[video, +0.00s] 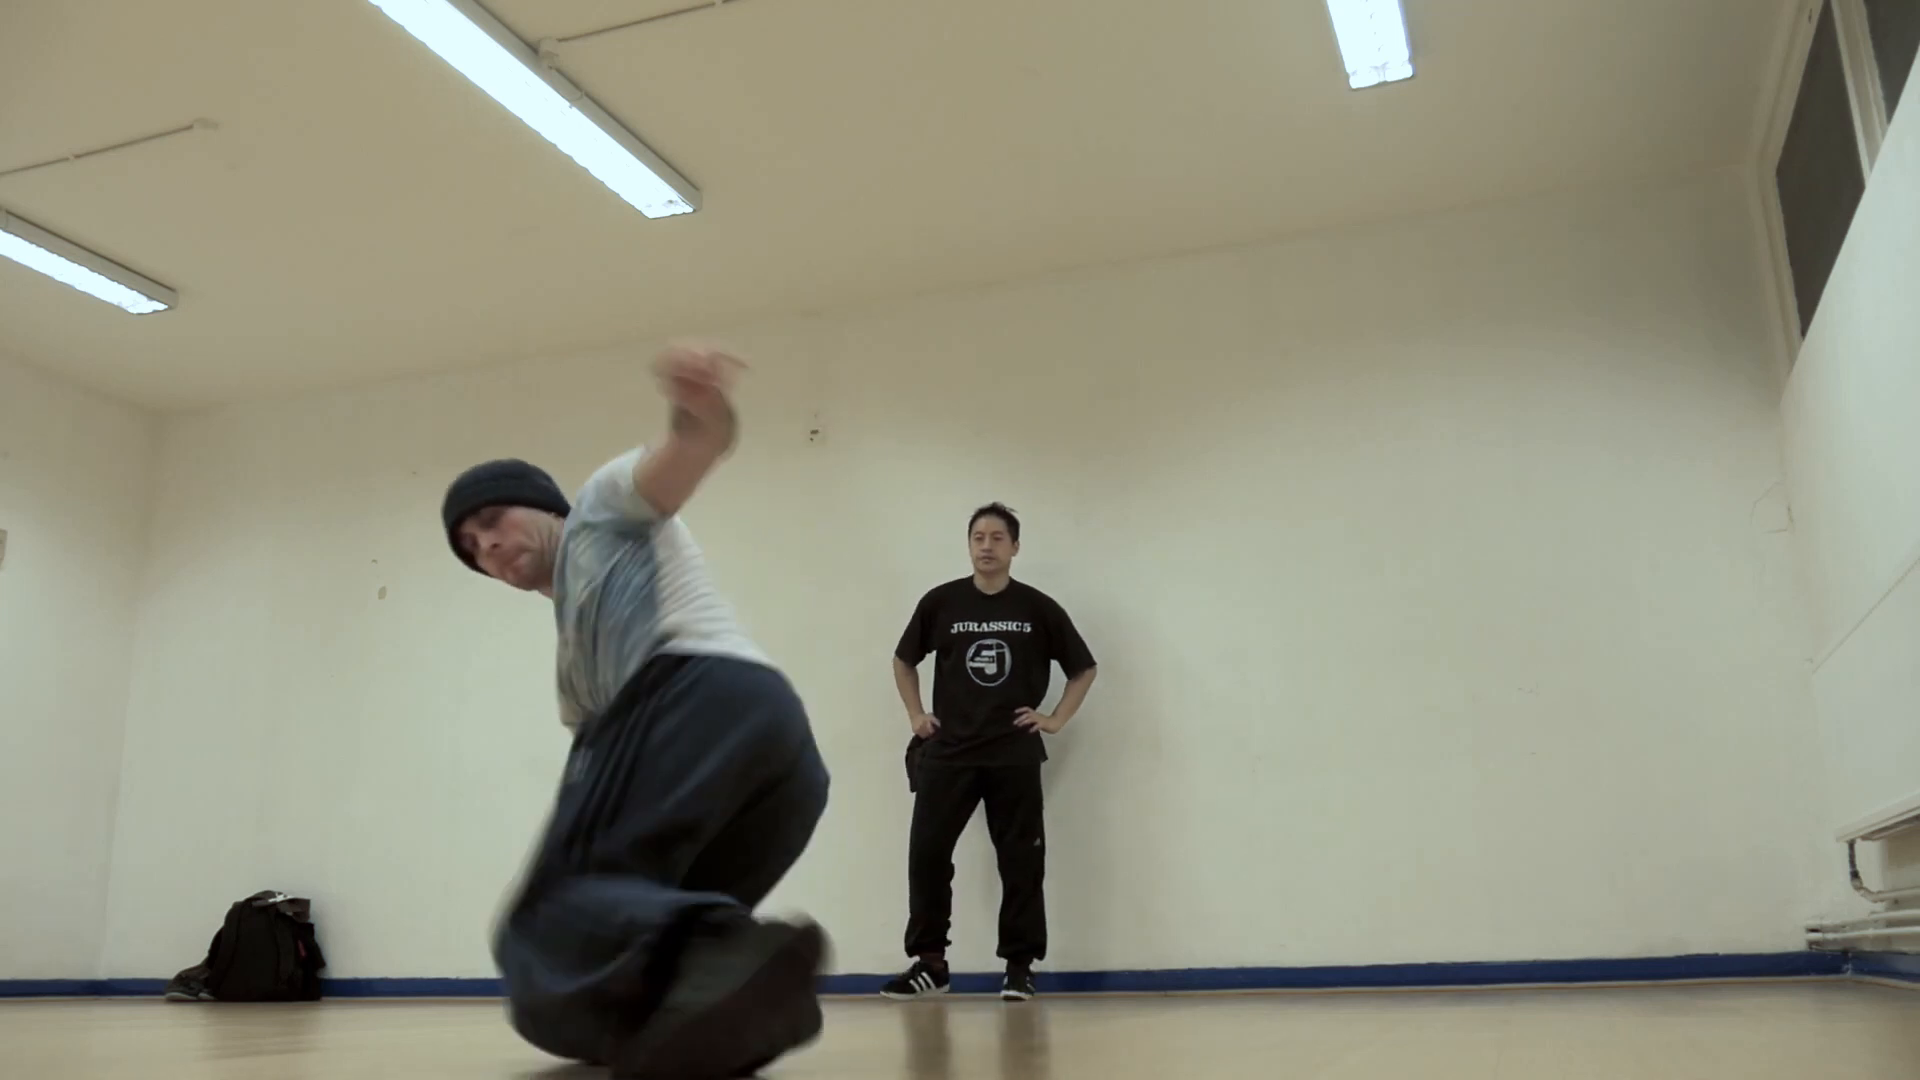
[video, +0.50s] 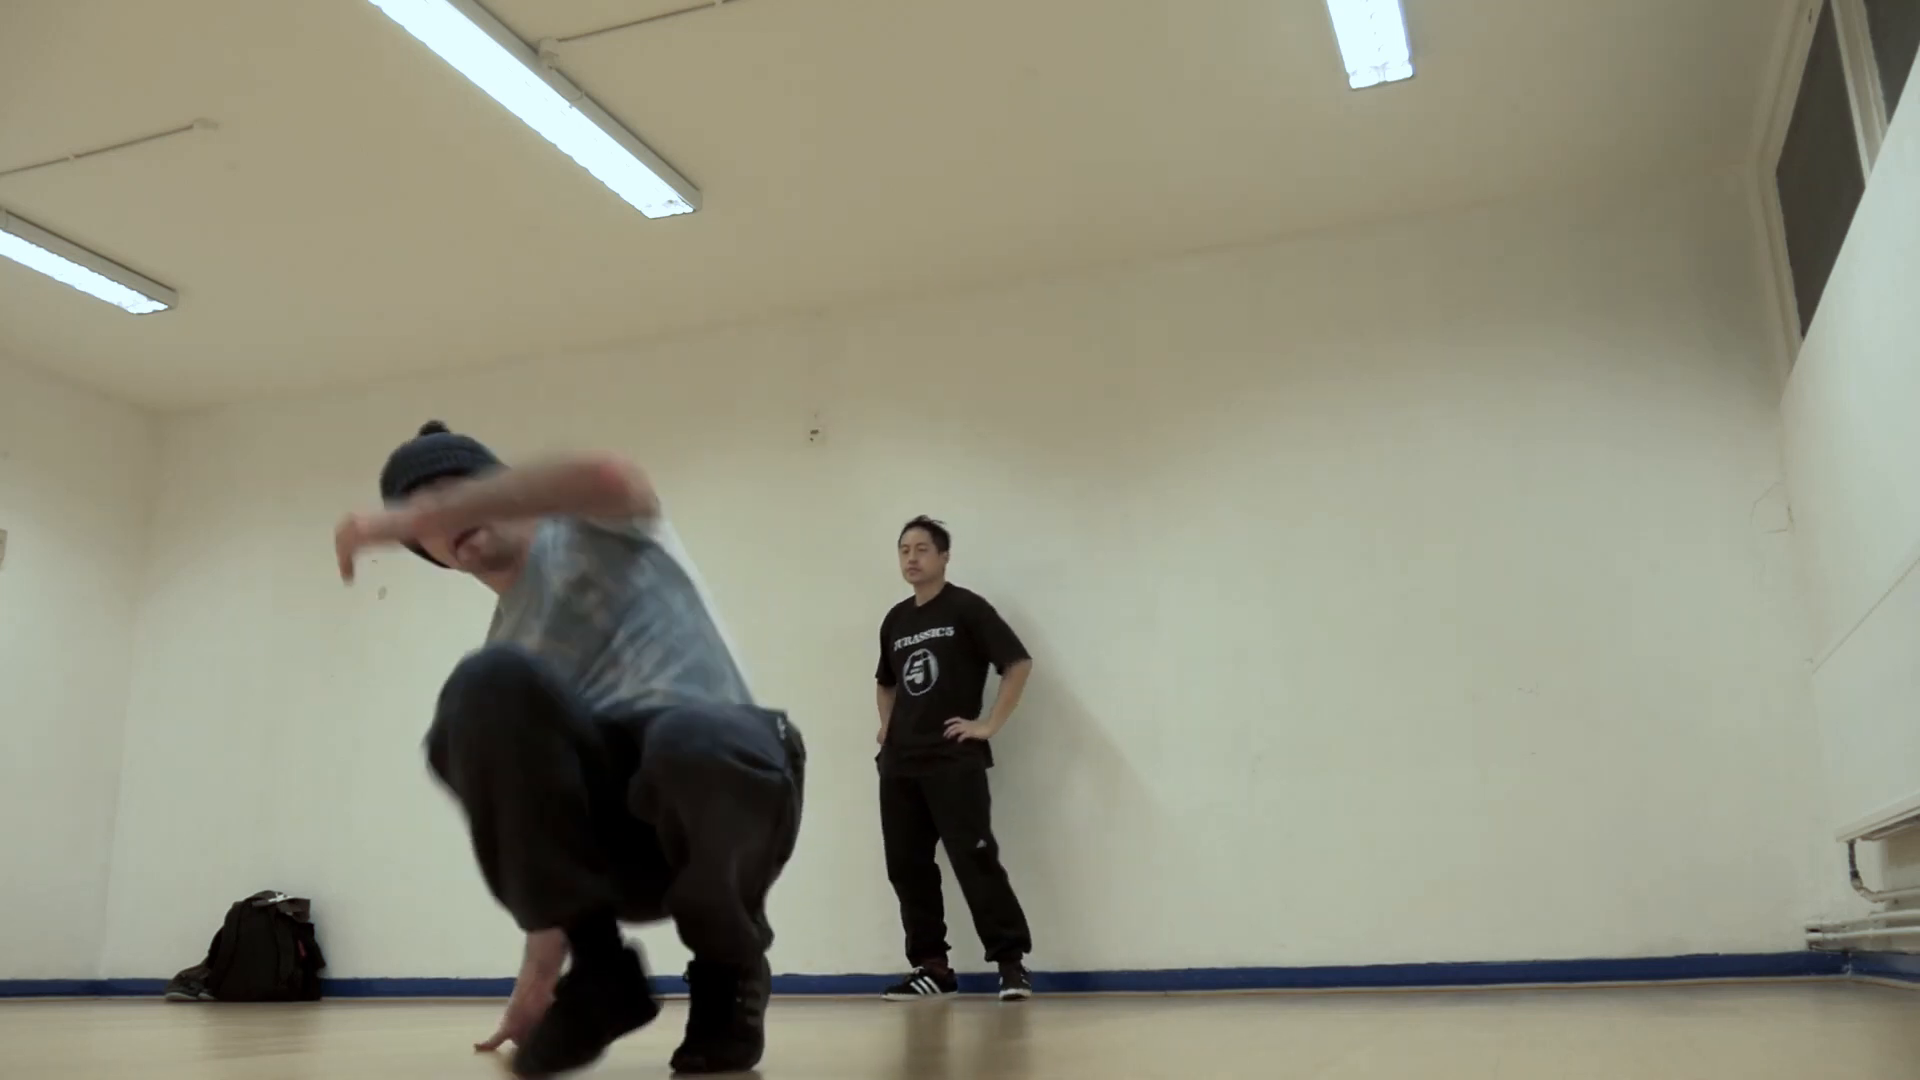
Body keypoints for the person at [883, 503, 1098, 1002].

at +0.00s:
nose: (987, 545)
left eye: (997, 538)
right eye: (979, 537)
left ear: (1014, 547)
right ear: (969, 546)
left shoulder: (1039, 609)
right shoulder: (939, 604)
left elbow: (1083, 668)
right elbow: (904, 660)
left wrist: (1057, 719)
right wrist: (917, 715)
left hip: (1013, 752)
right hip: (948, 751)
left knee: (1021, 859)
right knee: (926, 854)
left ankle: (1019, 968)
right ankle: (929, 964)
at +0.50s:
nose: (911, 557)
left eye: (921, 549)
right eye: (905, 550)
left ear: (943, 557)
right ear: (899, 560)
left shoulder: (968, 609)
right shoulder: (896, 621)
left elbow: (1018, 664)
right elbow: (887, 681)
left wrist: (990, 724)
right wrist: (886, 723)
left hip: (955, 758)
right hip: (900, 762)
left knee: (974, 859)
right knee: (908, 868)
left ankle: (1011, 966)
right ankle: (932, 969)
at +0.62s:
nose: (896, 558)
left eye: (906, 550)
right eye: (889, 551)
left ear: (928, 557)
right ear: (884, 561)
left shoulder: (953, 608)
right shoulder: (883, 622)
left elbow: (1005, 661)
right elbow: (878, 687)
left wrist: (979, 723)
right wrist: (876, 730)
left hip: (944, 753)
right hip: (891, 759)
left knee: (951, 853)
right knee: (903, 866)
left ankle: (988, 962)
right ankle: (932, 969)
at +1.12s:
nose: (853, 557)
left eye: (863, 549)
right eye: (846, 550)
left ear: (885, 556)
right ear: (840, 560)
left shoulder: (913, 607)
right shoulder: (836, 623)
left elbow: (966, 660)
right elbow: (834, 690)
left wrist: (939, 722)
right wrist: (844, 738)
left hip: (907, 751)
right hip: (858, 755)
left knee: (883, 856)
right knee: (888, 858)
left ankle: (857, 969)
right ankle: (933, 967)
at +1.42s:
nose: (826, 548)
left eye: (837, 540)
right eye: (819, 540)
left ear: (858, 548)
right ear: (813, 549)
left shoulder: (880, 599)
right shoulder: (810, 612)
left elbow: (930, 655)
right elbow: (807, 680)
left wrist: (899, 715)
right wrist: (816, 727)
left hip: (869, 746)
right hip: (822, 749)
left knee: (854, 859)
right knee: (828, 867)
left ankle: (847, 972)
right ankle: (907, 946)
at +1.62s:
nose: (803, 544)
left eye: (813, 536)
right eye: (796, 537)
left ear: (835, 542)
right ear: (790, 545)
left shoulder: (856, 592)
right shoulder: (790, 603)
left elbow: (906, 648)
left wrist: (878, 712)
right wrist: (801, 713)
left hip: (847, 744)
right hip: (799, 745)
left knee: (843, 855)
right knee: (771, 851)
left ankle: (845, 972)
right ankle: (829, 940)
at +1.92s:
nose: (752, 544)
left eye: (763, 535)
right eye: (745, 536)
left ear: (785, 542)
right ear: (737, 546)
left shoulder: (810, 590)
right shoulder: (740, 609)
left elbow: (865, 644)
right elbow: (750, 677)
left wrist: (842, 712)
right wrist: (753, 727)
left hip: (811, 751)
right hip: (756, 754)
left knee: (826, 860)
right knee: (732, 858)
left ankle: (844, 972)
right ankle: (710, 970)